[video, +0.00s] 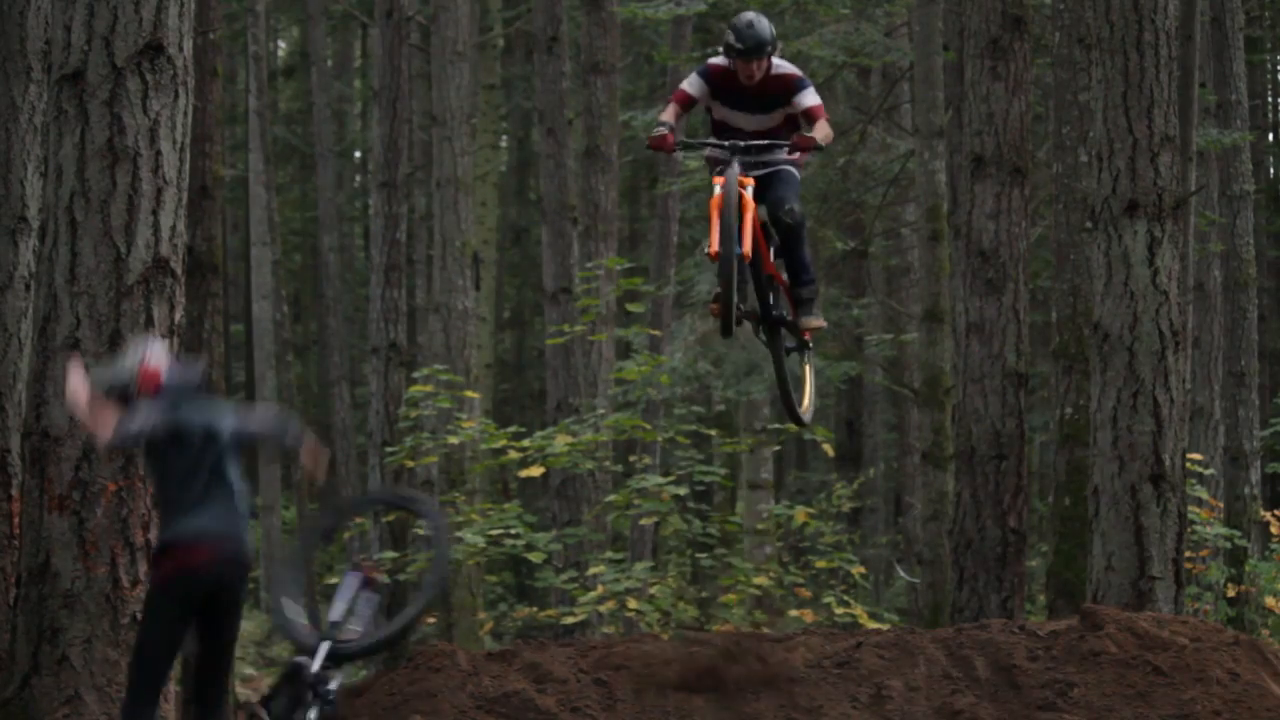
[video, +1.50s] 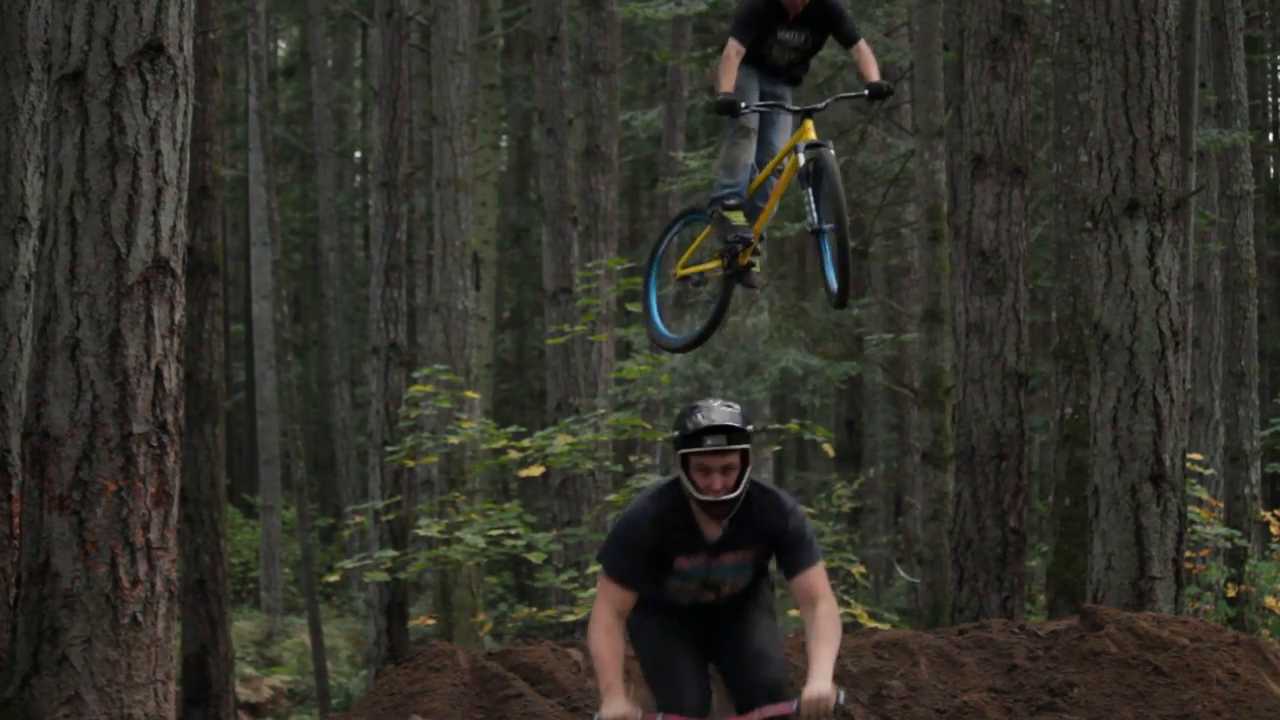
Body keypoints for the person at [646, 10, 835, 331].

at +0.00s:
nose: (752, 69)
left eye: (758, 61)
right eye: (744, 61)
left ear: (770, 56)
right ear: (731, 56)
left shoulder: (789, 77)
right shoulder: (712, 73)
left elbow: (823, 126)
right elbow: (675, 107)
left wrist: (813, 138)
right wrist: (664, 128)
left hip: (775, 159)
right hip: (726, 157)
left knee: (787, 215)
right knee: (722, 213)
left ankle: (806, 303)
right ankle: (726, 289)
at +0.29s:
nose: (742, 53)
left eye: (751, 46)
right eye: (734, 43)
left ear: (765, 37)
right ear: (719, 29)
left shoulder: (775, 54)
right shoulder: (686, 32)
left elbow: (809, 121)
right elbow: (627, 91)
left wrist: (798, 148)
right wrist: (634, 146)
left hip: (710, 123)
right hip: (661, 117)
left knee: (747, 193)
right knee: (680, 183)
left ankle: (745, 303)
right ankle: (670, 289)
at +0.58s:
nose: (746, 171)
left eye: (755, 163)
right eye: (738, 160)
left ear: (770, 151)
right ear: (720, 144)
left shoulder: (779, 162)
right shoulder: (684, 153)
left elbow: (810, 235)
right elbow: (636, 226)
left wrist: (817, 305)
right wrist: (648, 303)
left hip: (716, 237)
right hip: (666, 236)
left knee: (751, 327)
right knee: (682, 318)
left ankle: (737, 421)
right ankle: (667, 431)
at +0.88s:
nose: (746, 339)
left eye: (757, 329)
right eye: (737, 327)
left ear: (771, 319)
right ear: (718, 312)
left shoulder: (782, 329)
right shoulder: (677, 328)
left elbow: (817, 412)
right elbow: (654, 414)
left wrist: (834, 491)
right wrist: (663, 497)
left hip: (719, 383)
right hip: (663, 383)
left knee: (736, 494)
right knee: (682, 493)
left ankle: (723, 601)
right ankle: (671, 607)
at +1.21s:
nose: (746, 470)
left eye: (755, 461)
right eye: (738, 459)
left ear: (772, 447)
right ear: (715, 444)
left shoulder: (785, 462)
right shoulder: (672, 457)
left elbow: (823, 536)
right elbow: (616, 540)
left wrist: (831, 583)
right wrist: (637, 607)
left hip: (736, 532)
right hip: (668, 537)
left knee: (773, 591)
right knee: (688, 630)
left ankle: (772, 684)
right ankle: (699, 710)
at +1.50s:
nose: (716, 484)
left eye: (728, 471)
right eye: (703, 471)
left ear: (745, 465)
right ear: (683, 467)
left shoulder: (776, 513)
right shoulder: (646, 519)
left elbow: (819, 602)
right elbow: (608, 612)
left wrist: (820, 680)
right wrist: (613, 697)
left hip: (744, 611)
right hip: (665, 618)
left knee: (769, 702)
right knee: (686, 708)